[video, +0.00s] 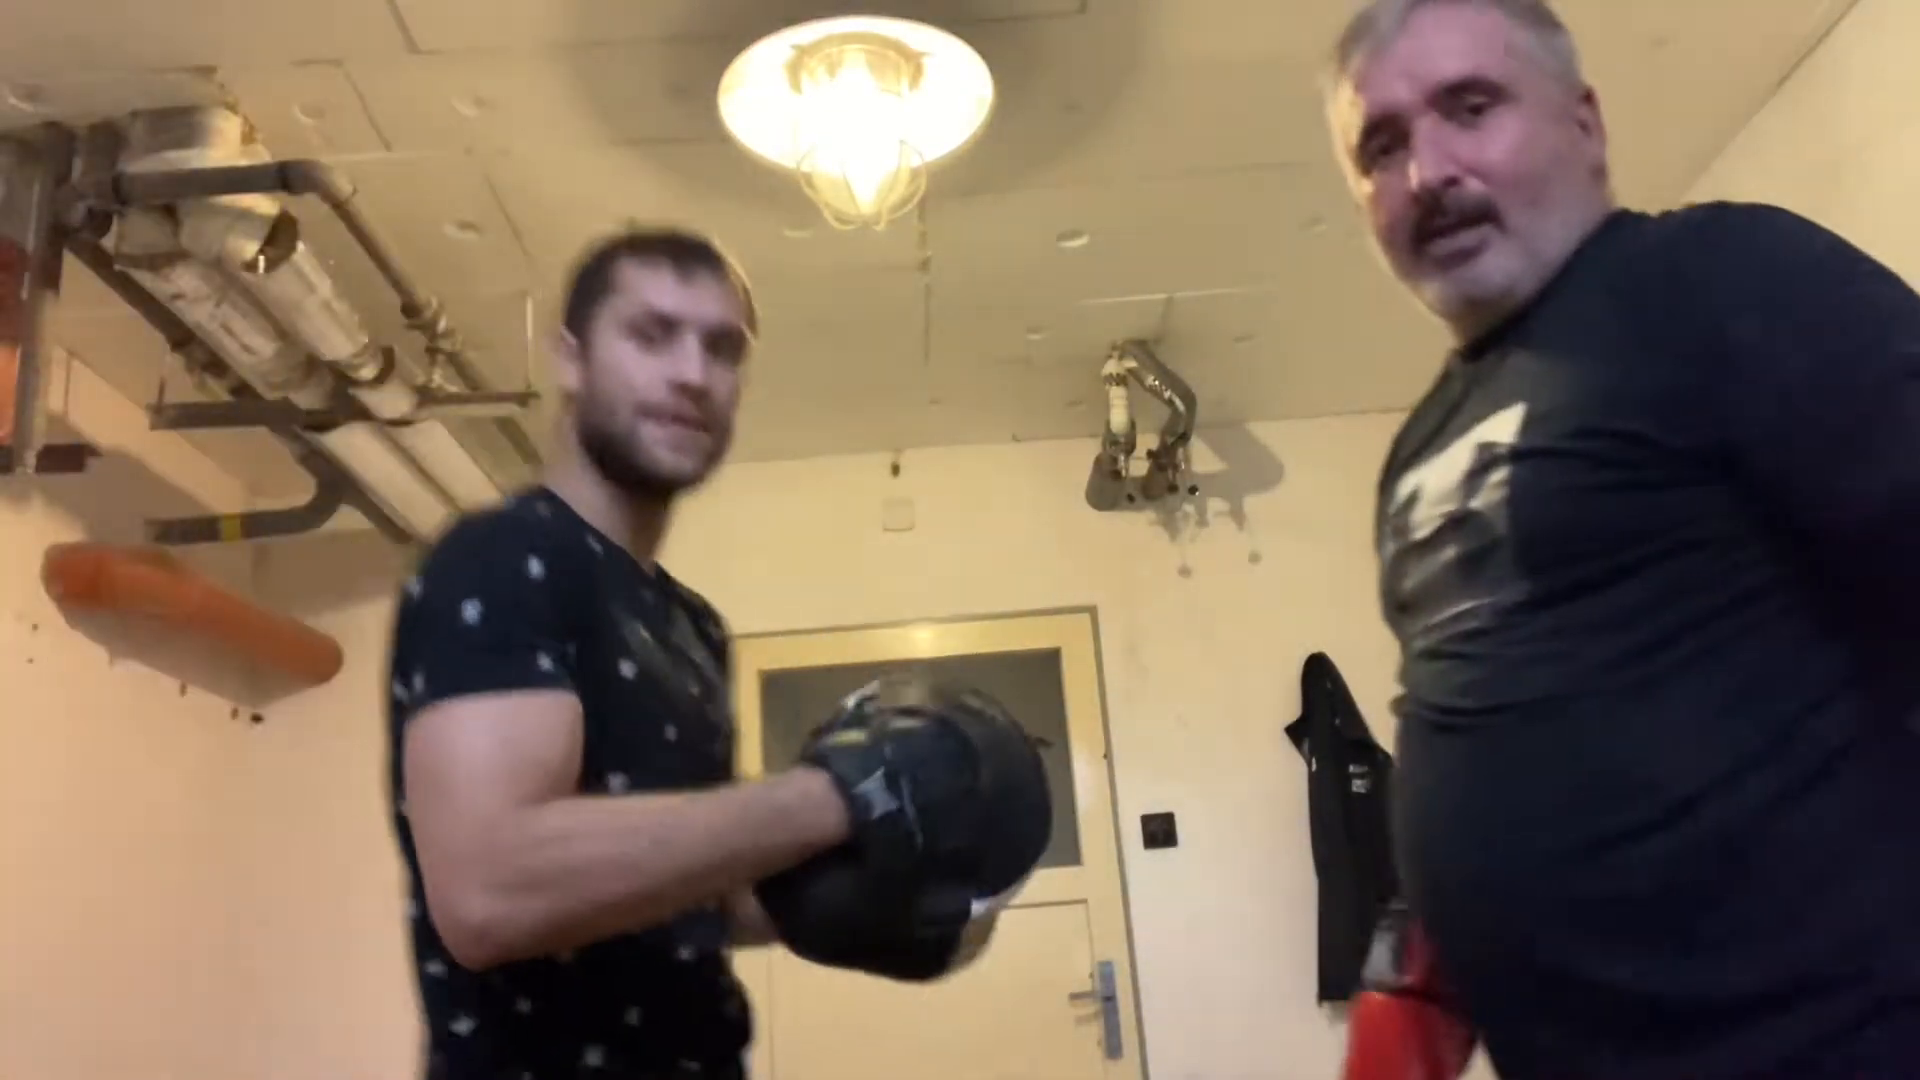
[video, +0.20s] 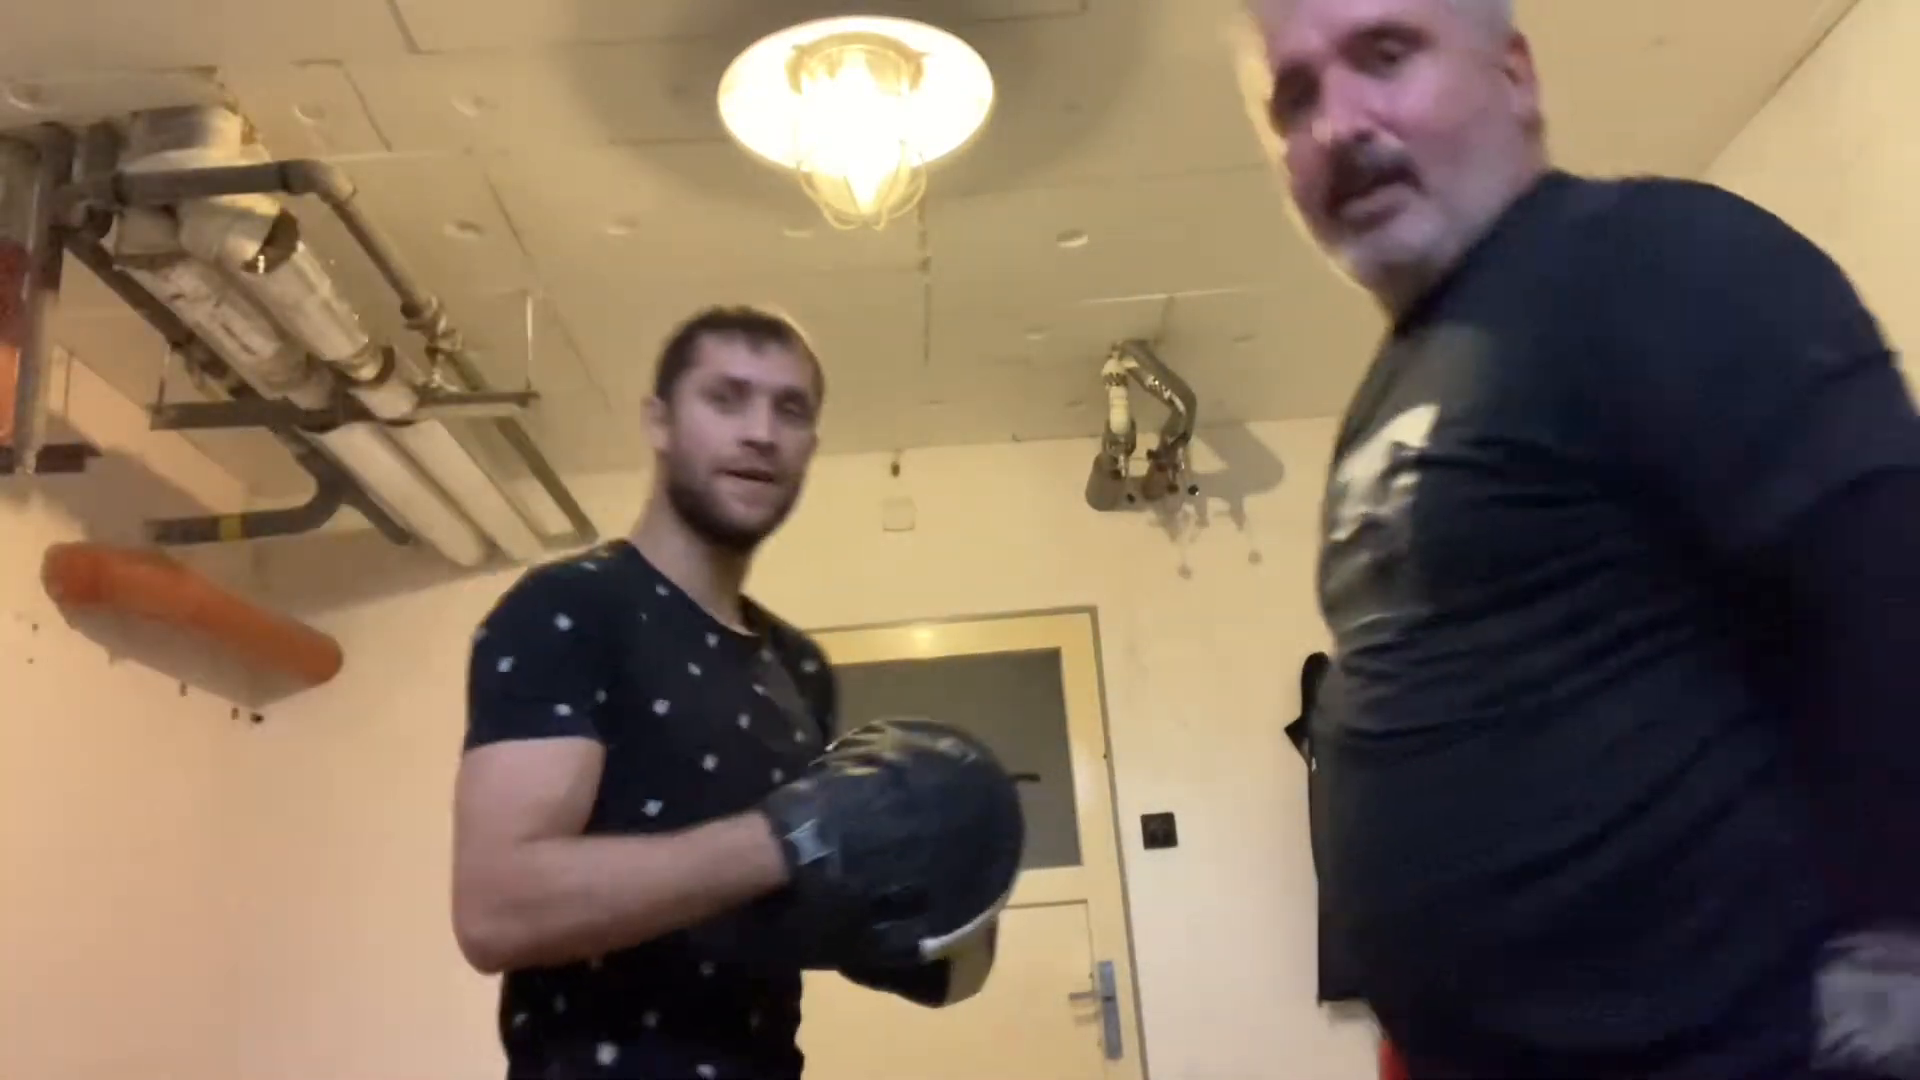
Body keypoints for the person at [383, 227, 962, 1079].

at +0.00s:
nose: (694, 375)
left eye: (721, 350)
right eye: (652, 335)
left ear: (742, 382)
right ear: (571, 357)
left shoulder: (693, 626)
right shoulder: (498, 565)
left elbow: (656, 901)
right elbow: (489, 889)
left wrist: (836, 893)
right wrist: (838, 793)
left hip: (695, 1053)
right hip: (541, 1057)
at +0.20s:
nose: (761, 434)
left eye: (791, 411)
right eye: (726, 399)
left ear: (812, 447)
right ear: (658, 421)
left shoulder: (797, 666)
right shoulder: (561, 615)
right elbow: (499, 909)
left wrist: (895, 926)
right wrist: (790, 836)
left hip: (759, 1055)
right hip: (595, 1054)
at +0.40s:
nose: (770, 457)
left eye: (797, 436)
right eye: (737, 426)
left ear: (819, 472)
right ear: (676, 449)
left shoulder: (835, 679)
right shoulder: (573, 635)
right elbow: (500, 900)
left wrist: (905, 878)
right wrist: (732, 841)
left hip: (768, 1055)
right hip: (598, 1056)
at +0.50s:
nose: (748, 469)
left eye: (776, 448)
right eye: (717, 441)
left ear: (801, 484)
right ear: (661, 466)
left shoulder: (833, 690)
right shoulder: (561, 647)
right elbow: (491, 907)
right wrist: (697, 845)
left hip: (767, 1056)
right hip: (591, 1056)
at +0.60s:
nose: (719, 481)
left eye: (746, 459)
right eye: (688, 454)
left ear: (772, 494)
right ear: (633, 481)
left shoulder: (821, 693)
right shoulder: (539, 664)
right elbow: (475, 918)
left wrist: (867, 888)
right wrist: (653, 844)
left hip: (760, 1060)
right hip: (582, 1060)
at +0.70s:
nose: (678, 496)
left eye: (705, 473)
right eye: (647, 471)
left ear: (735, 504)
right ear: (600, 497)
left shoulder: (799, 694)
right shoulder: (513, 686)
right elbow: (455, 934)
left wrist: (838, 876)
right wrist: (610, 843)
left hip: (747, 1056)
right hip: (571, 1061)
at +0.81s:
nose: (636, 514)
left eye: (661, 492)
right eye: (606, 491)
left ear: (694, 522)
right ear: (562, 519)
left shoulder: (770, 700)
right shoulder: (484, 710)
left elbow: (856, 923)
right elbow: (438, 955)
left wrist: (811, 869)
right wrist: (565, 855)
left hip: (731, 1060)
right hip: (554, 1062)